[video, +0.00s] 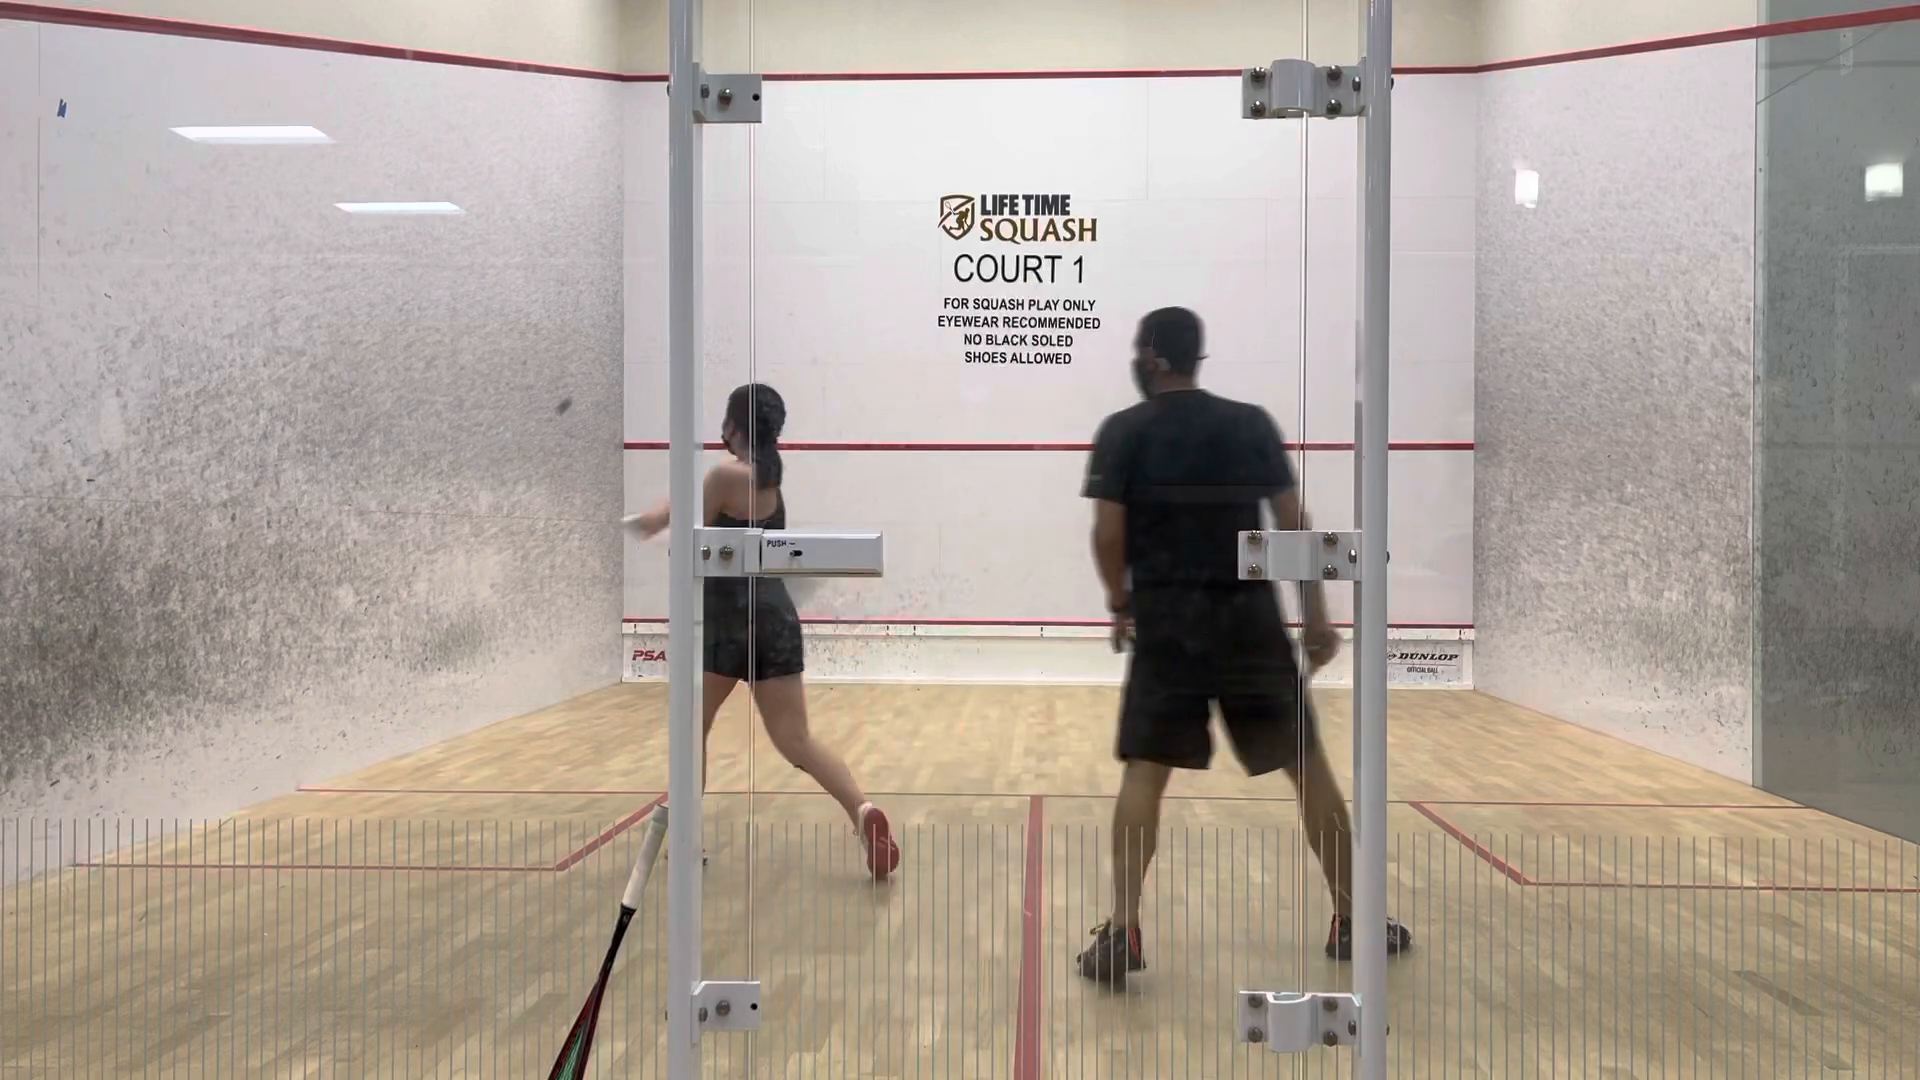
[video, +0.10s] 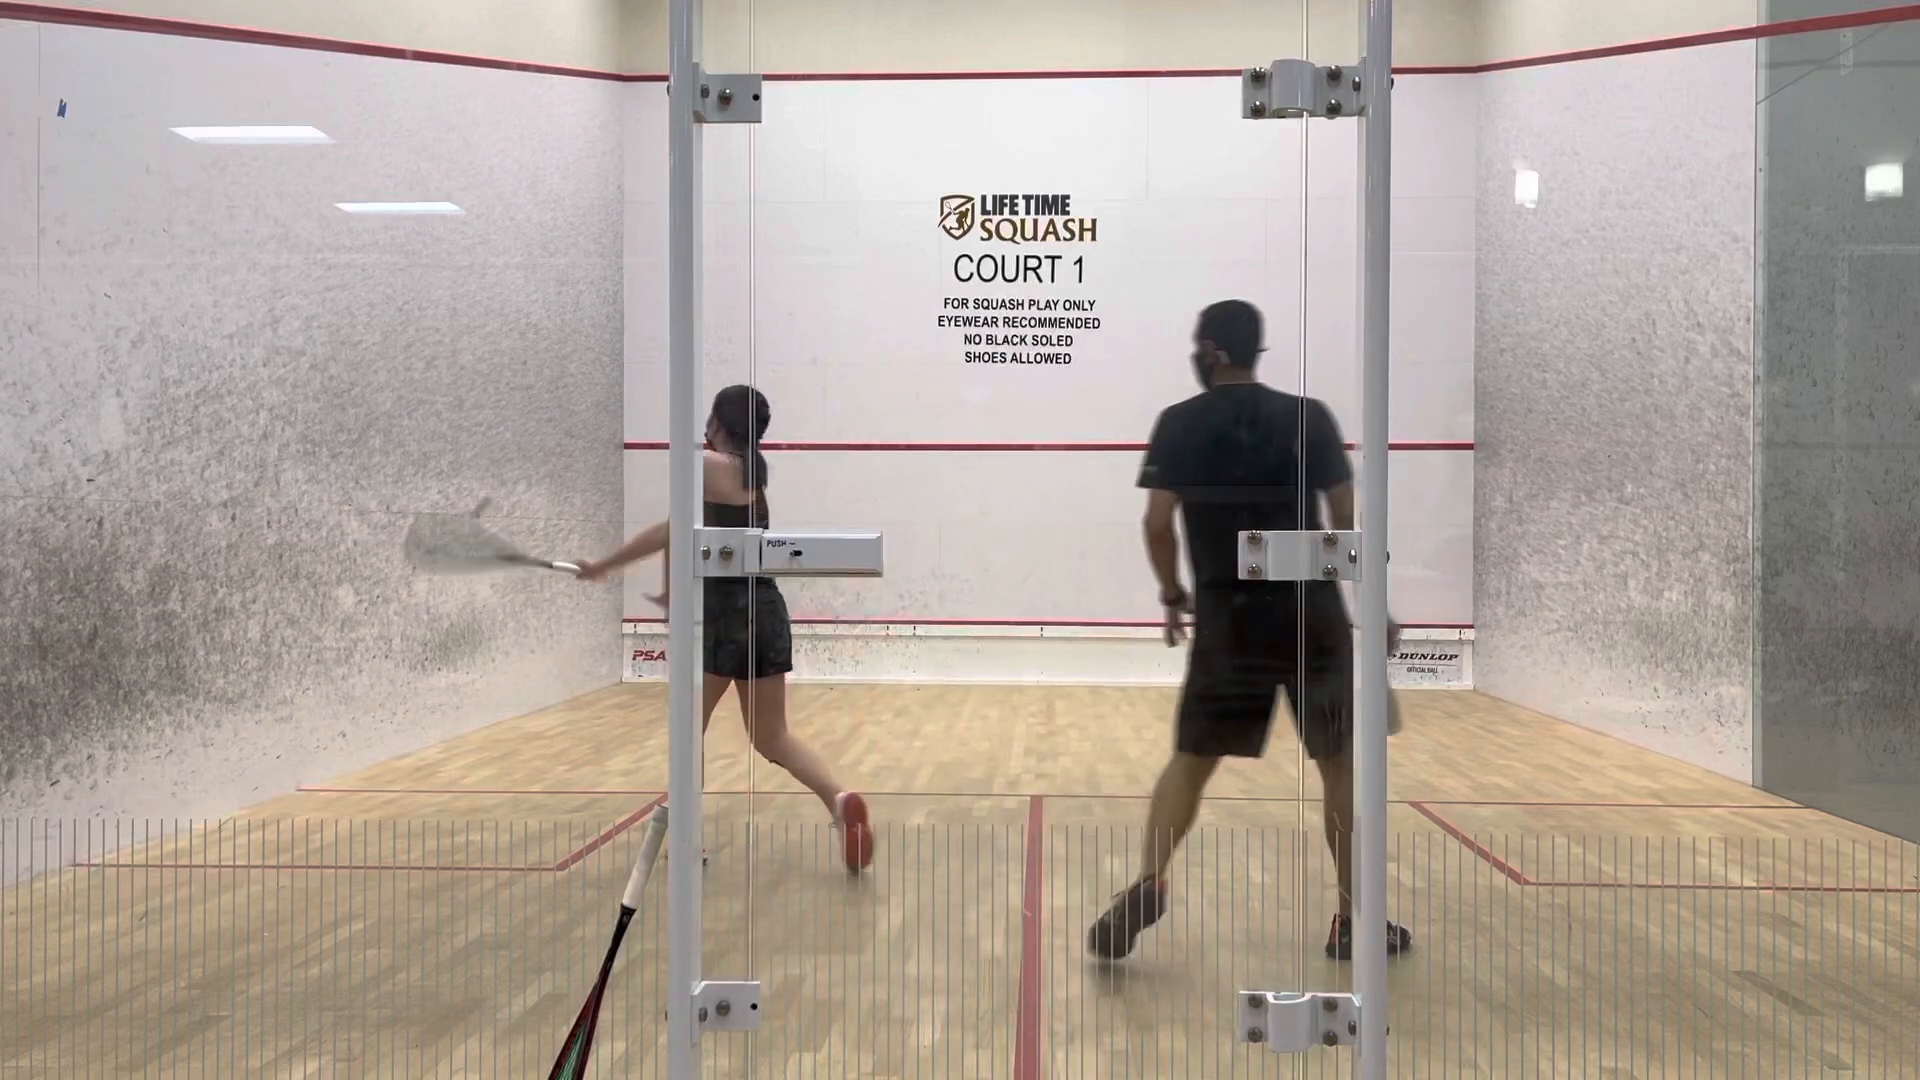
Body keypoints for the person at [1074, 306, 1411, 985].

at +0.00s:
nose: (1134, 364)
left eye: (1136, 354)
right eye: (1137, 353)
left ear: (1150, 359)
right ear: (1200, 358)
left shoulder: (1124, 430)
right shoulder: (1251, 424)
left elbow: (1108, 537)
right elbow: (1295, 526)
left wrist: (1120, 602)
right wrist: (1317, 616)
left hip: (1165, 635)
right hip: (1251, 630)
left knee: (1142, 777)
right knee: (1310, 768)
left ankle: (1122, 929)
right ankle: (1352, 919)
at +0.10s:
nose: (1194, 357)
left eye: (1197, 349)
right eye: (1199, 348)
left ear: (1209, 354)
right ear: (1259, 353)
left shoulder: (1181, 422)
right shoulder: (1309, 416)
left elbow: (1157, 523)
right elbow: (1345, 518)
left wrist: (1172, 589)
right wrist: (1358, 602)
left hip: (1228, 620)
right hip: (1313, 615)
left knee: (1192, 758)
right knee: (1339, 761)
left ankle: (1149, 883)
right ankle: (1354, 915)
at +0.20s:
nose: (1245, 350)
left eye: (1247, 341)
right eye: (1253, 341)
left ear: (1257, 344)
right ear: (1311, 342)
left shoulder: (1228, 410)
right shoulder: (1353, 406)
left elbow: (1198, 506)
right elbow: (1397, 510)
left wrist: (1216, 580)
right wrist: (1431, 600)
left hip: (1267, 605)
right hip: (1348, 604)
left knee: (1255, 735)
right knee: (1358, 760)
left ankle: (1216, 859)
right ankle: (1355, 914)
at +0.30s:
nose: (1297, 348)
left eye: (1296, 339)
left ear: (1299, 342)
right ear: (1358, 340)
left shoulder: (1266, 407)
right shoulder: (1393, 405)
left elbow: (1231, 496)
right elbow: (1436, 508)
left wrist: (1254, 577)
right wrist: (1478, 594)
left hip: (1292, 600)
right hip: (1368, 602)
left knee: (1312, 729)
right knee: (1361, 757)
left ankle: (1295, 872)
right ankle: (1352, 914)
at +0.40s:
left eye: (1349, 342)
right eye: (1382, 343)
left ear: (1341, 350)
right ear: (1398, 349)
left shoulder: (1302, 412)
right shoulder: (1423, 414)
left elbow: (1259, 492)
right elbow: (1465, 512)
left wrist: (1280, 577)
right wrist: (1512, 596)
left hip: (1324, 602)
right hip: (1395, 603)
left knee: (1359, 742)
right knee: (1383, 754)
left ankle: (1385, 875)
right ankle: (1355, 917)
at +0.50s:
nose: (1432, 373)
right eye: (1434, 364)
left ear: (1377, 360)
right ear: (1429, 366)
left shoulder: (1334, 422)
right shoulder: (1447, 430)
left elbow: (1283, 500)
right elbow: (1486, 524)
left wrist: (1305, 581)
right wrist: (1539, 603)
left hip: (1352, 608)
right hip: (1420, 610)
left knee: (1395, 742)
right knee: (1416, 754)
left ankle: (1436, 868)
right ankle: (1358, 903)